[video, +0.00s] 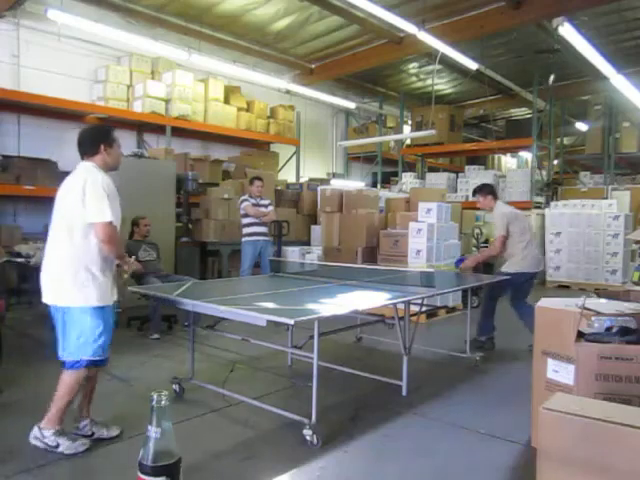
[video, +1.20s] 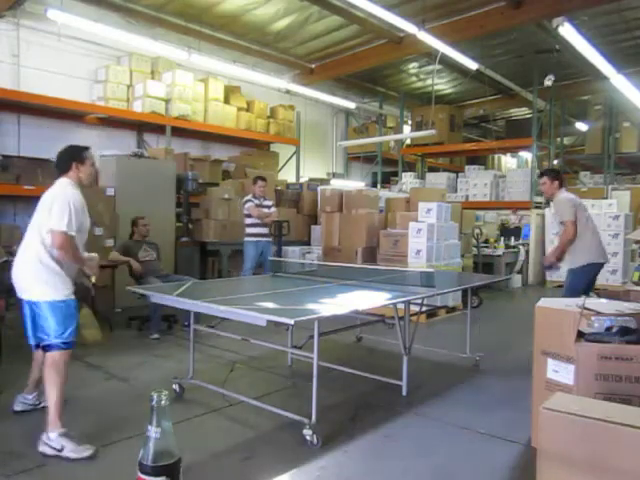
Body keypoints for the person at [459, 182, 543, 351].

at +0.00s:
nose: (479, 205)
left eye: (480, 200)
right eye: (478, 201)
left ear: (489, 197)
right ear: (492, 198)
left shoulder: (501, 212)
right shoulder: (510, 210)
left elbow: (497, 248)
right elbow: (502, 247)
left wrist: (474, 260)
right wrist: (481, 255)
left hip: (518, 265)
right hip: (532, 265)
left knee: (490, 295)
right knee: (518, 301)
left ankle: (485, 337)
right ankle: (542, 333)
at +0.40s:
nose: (493, 193)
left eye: (496, 188)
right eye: (493, 188)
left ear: (508, 188)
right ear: (510, 189)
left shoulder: (509, 207)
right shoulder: (525, 206)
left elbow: (507, 238)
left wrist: (485, 254)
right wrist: (493, 249)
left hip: (519, 265)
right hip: (537, 265)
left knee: (494, 293)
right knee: (541, 307)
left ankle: (485, 335)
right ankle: (551, 341)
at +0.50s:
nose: (507, 194)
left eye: (510, 189)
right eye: (507, 189)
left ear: (521, 190)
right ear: (523, 190)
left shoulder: (521, 209)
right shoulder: (537, 208)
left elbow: (519, 239)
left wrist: (499, 254)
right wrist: (506, 250)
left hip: (528, 268)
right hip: (546, 268)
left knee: (500, 295)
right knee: (546, 312)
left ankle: (485, 336)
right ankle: (549, 347)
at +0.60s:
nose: (521, 194)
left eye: (524, 190)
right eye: (521, 190)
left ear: (535, 190)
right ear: (537, 191)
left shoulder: (536, 209)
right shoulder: (550, 209)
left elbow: (536, 240)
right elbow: (547, 240)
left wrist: (516, 255)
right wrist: (527, 247)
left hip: (544, 270)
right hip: (559, 269)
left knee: (516, 302)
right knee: (560, 312)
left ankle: (490, 334)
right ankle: (564, 346)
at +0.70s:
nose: (531, 192)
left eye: (533, 188)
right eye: (530, 188)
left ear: (545, 187)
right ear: (547, 189)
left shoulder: (547, 207)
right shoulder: (560, 207)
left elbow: (549, 237)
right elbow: (557, 239)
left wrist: (531, 254)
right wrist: (535, 253)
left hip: (556, 267)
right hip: (569, 267)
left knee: (529, 299)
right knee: (566, 310)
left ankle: (504, 335)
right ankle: (567, 345)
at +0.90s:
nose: (540, 184)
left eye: (543, 179)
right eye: (539, 180)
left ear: (555, 180)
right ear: (554, 181)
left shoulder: (560, 196)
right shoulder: (566, 195)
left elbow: (560, 228)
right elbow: (561, 227)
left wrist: (537, 234)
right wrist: (539, 233)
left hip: (572, 259)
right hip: (583, 258)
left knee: (550, 303)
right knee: (574, 303)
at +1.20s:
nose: (541, 189)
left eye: (544, 184)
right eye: (540, 185)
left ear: (555, 184)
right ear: (556, 184)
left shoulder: (562, 200)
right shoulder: (566, 198)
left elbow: (570, 232)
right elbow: (568, 233)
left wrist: (553, 255)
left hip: (585, 259)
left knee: (568, 304)